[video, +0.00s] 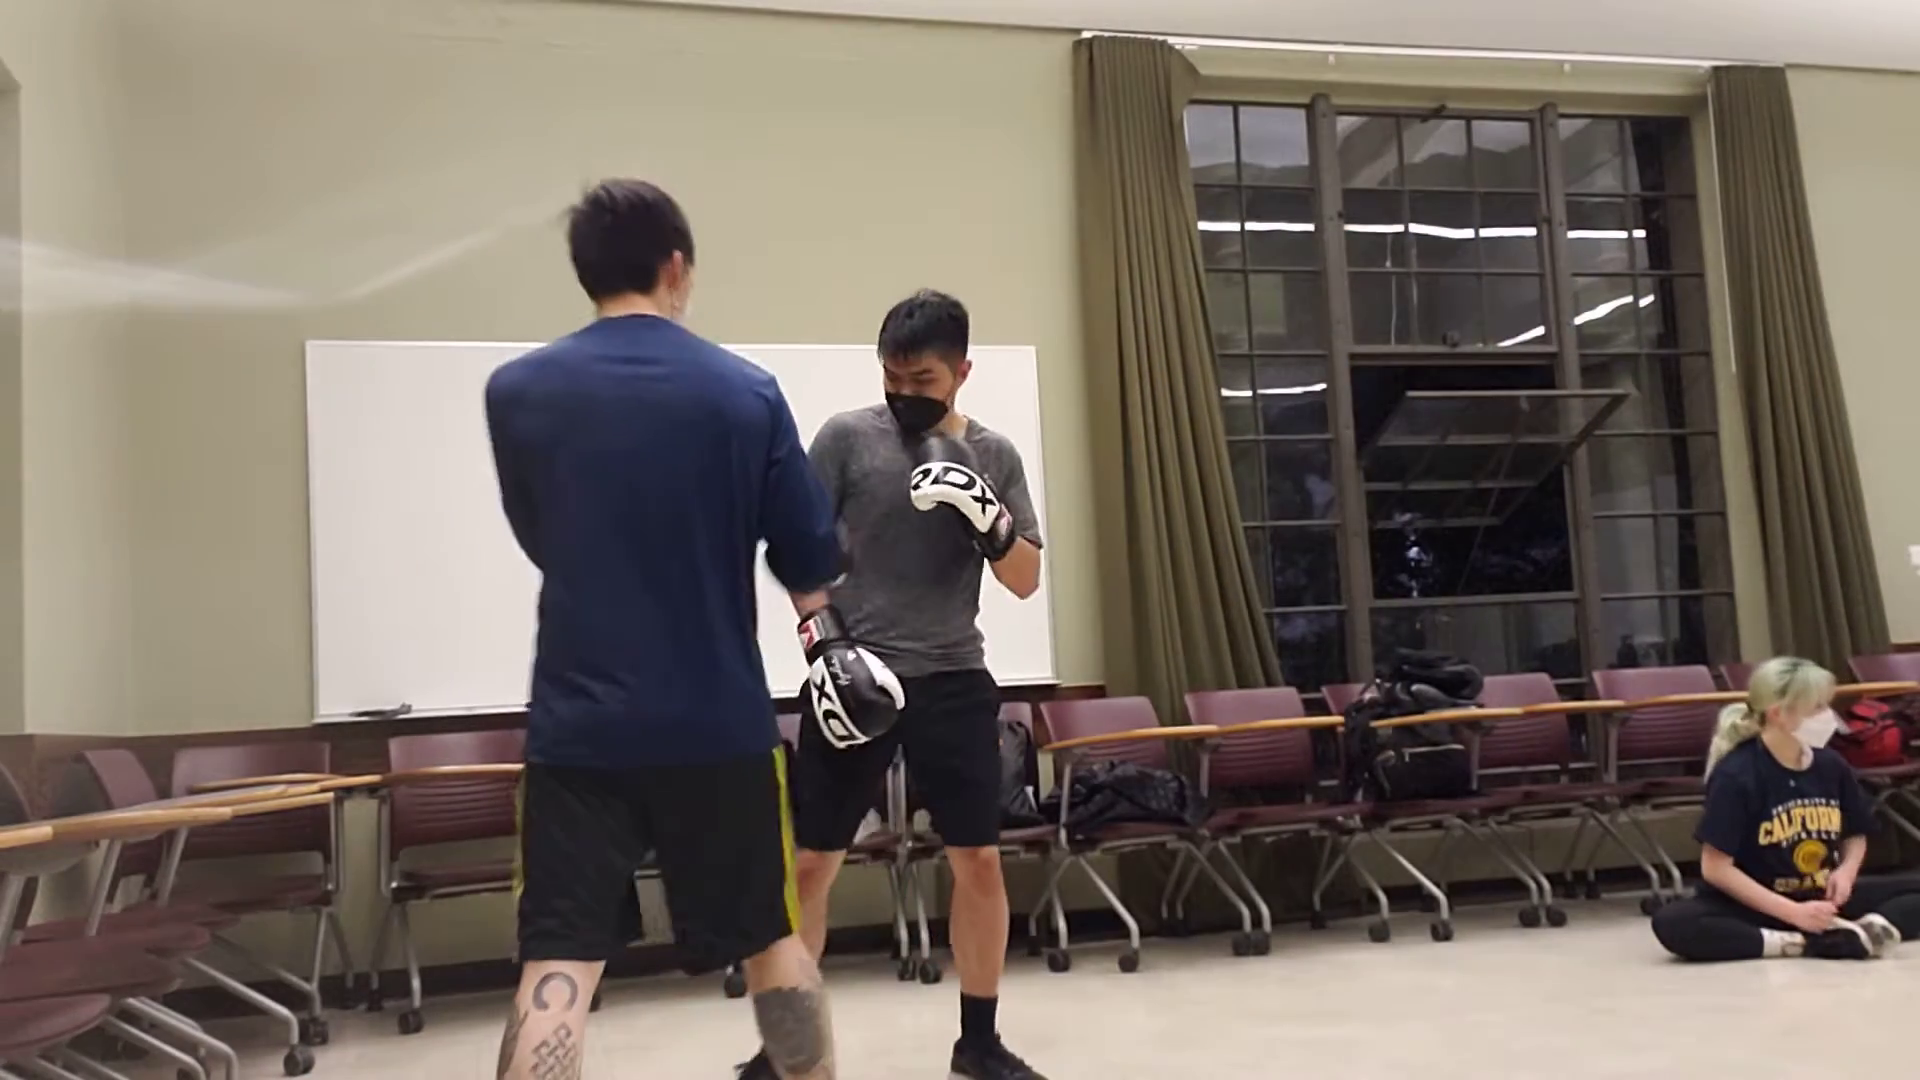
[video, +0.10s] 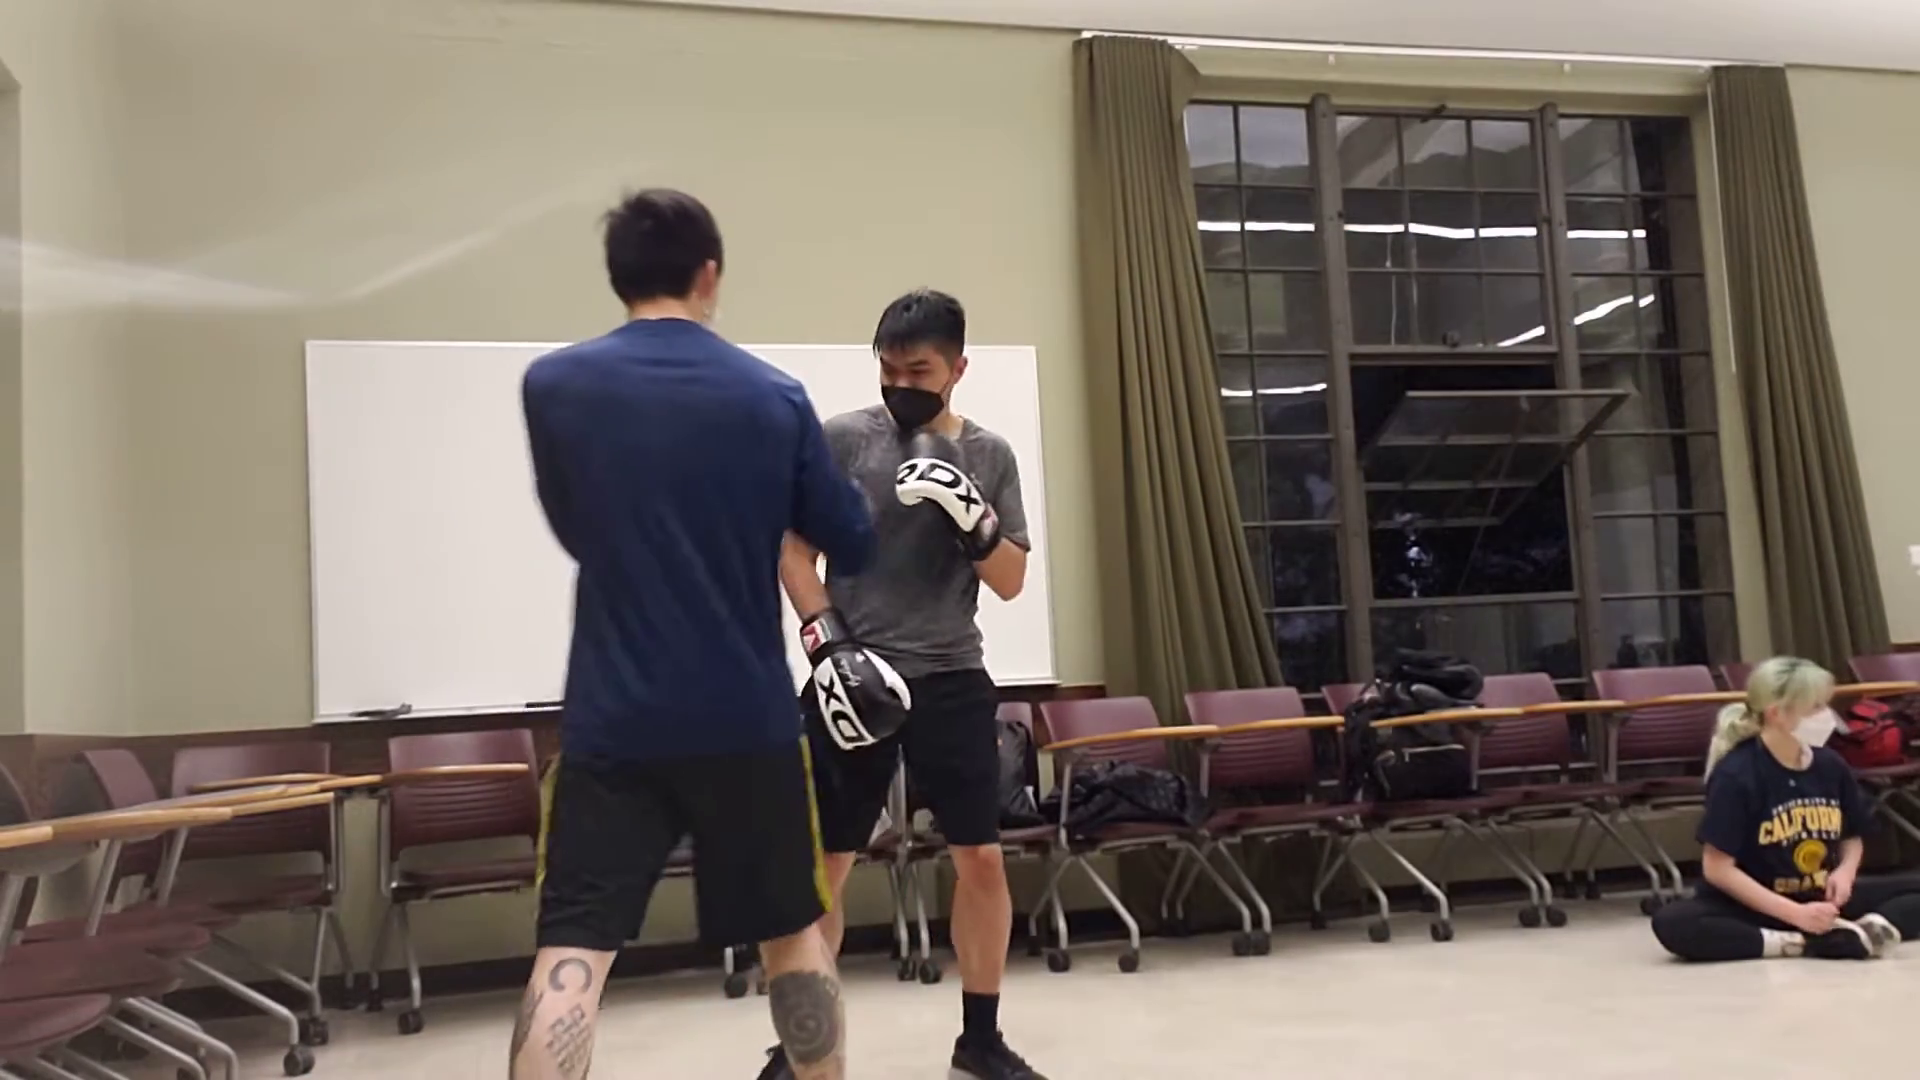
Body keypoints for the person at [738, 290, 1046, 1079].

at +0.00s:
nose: (912, 394)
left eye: (929, 378)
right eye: (899, 377)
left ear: (963, 370)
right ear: (880, 367)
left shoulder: (993, 456)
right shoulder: (843, 439)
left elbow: (1024, 580)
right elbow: (800, 548)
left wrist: (990, 518)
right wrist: (824, 644)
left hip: (952, 680)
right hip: (853, 677)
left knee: (979, 859)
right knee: (811, 862)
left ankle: (979, 1040)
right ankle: (783, 1046)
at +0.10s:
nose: (901, 384)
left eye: (920, 369)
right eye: (890, 368)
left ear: (958, 366)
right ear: (876, 361)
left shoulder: (988, 455)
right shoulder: (840, 440)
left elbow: (1009, 580)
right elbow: (793, 548)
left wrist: (970, 515)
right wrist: (825, 640)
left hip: (951, 678)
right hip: (854, 676)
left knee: (981, 858)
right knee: (825, 862)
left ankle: (980, 1038)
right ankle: (798, 1045)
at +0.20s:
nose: (908, 391)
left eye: (924, 377)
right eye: (896, 377)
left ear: (960, 375)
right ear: (881, 375)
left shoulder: (986, 468)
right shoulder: (844, 454)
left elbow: (997, 590)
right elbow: (807, 570)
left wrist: (961, 525)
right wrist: (829, 660)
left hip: (954, 687)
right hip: (859, 686)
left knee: (1007, 850)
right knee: (812, 864)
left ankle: (1011, 1022)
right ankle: (804, 1043)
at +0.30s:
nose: (938, 399)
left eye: (955, 385)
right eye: (927, 384)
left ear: (985, 385)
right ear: (910, 380)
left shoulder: (1004, 474)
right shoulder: (869, 462)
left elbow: (1006, 584)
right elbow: (835, 576)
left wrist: (952, 500)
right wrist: (869, 658)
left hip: (970, 684)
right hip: (875, 685)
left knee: (1030, 851)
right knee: (822, 858)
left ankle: (1074, 1002)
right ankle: (804, 1036)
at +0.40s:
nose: (975, 397)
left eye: (993, 385)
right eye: (966, 383)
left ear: (1027, 388)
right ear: (952, 382)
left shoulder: (1045, 476)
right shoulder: (910, 462)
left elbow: (1028, 566)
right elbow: (877, 567)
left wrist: (960, 486)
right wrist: (905, 645)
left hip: (1006, 685)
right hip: (906, 682)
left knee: (1065, 857)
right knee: (855, 862)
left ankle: (1139, 1009)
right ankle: (805, 1033)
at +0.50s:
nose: (1018, 392)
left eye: (1035, 379)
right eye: (1008, 379)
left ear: (1073, 385)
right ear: (996, 383)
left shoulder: (1097, 471)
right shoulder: (962, 455)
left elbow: (1081, 572)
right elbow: (917, 572)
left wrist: (998, 502)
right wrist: (946, 641)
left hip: (1067, 695)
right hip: (970, 692)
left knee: (1116, 865)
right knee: (892, 859)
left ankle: (1151, 1022)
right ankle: (811, 1029)